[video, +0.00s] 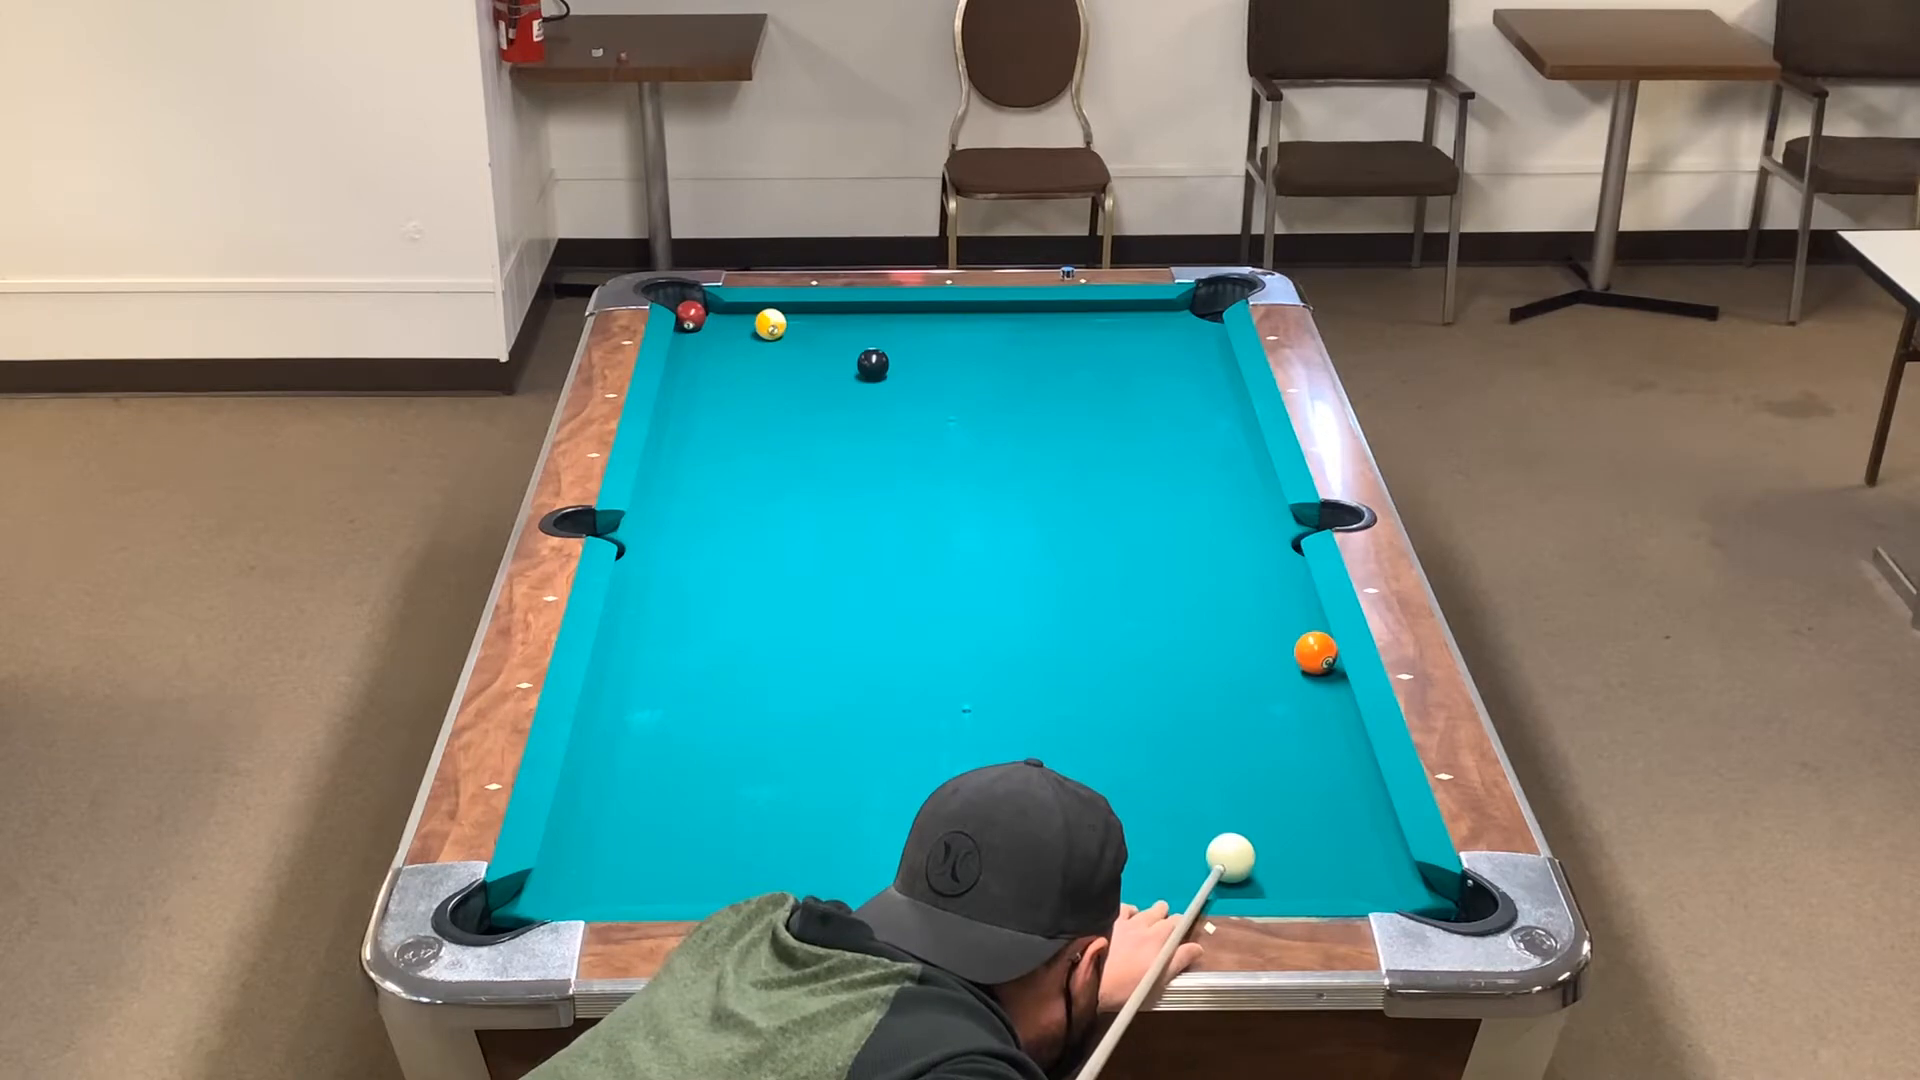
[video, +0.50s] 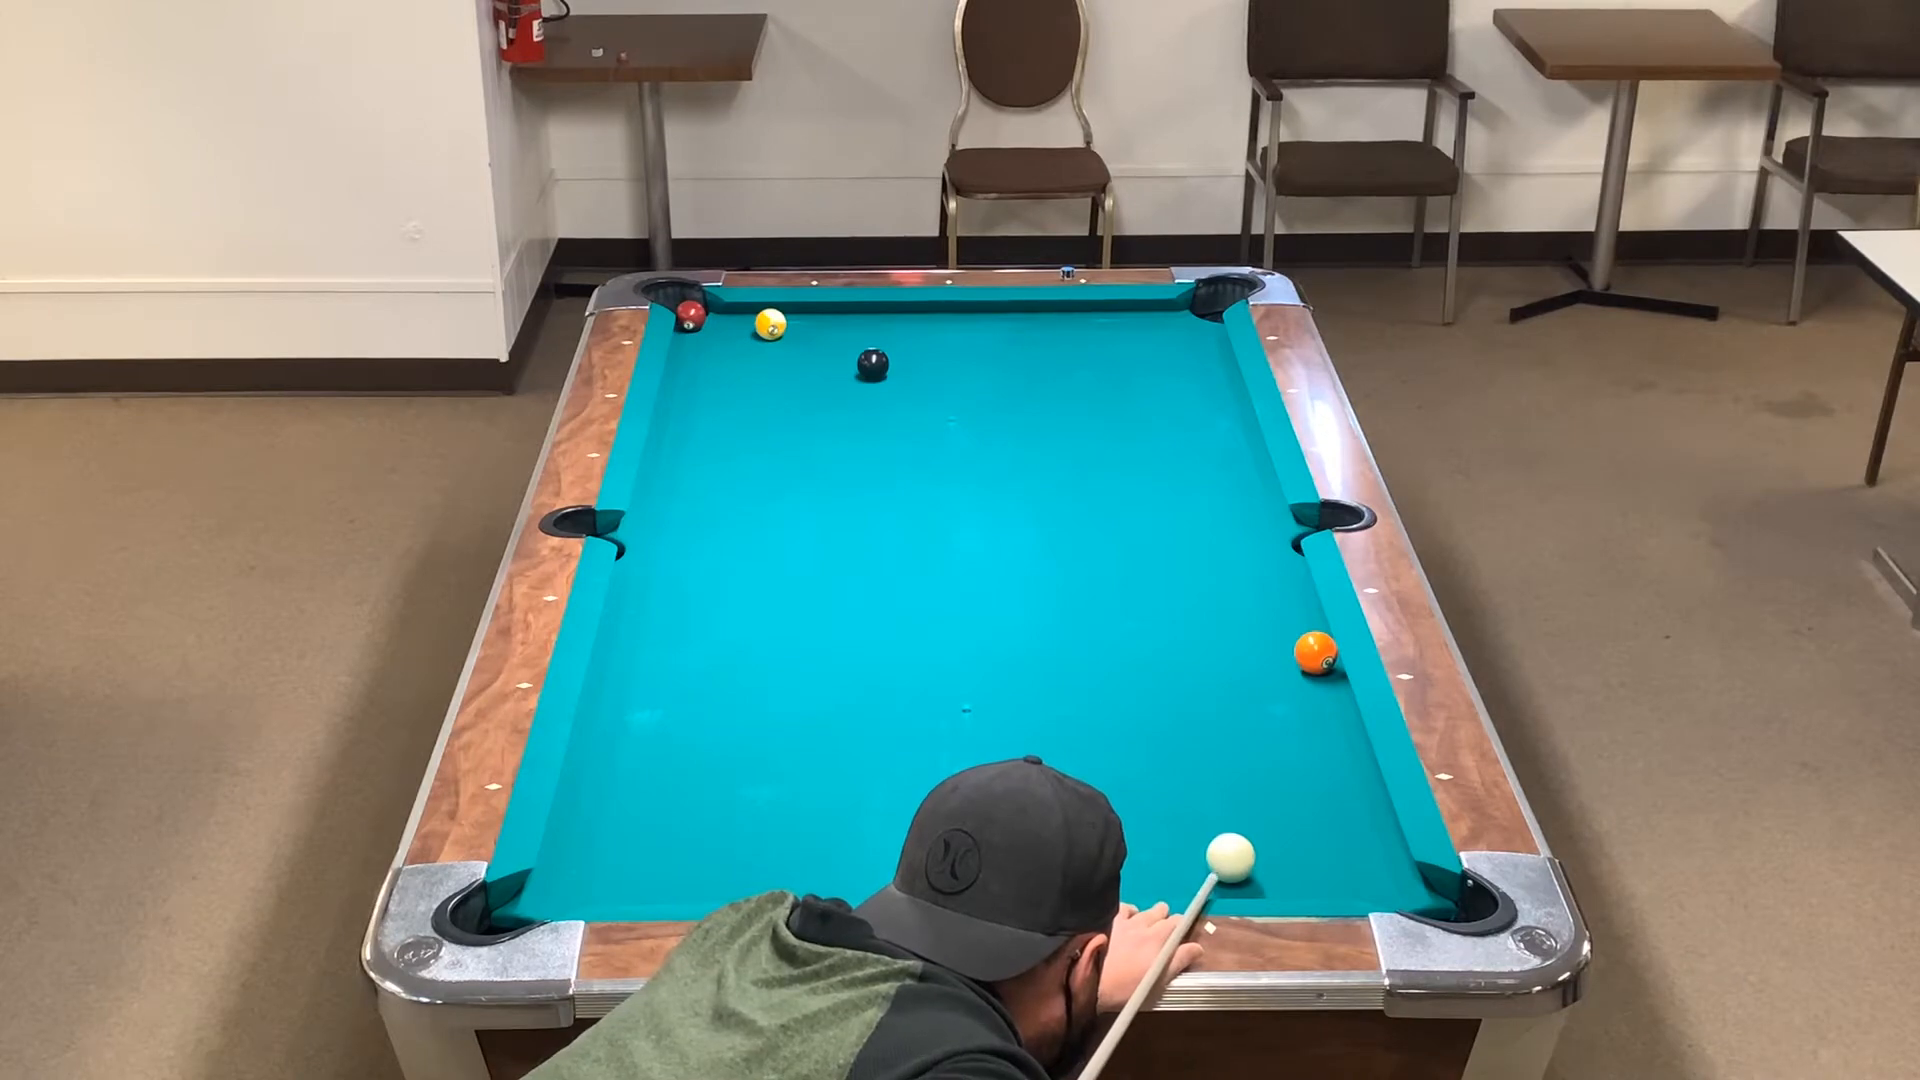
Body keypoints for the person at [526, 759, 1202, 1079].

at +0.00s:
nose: (1107, 953)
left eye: (1106, 941)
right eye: (1107, 942)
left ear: (908, 878)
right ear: (1081, 966)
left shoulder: (751, 922)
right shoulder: (962, 1061)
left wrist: (1075, 1001)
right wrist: (1103, 1018)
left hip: (559, 1066)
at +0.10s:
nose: (1107, 953)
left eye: (1106, 939)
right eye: (1107, 942)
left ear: (909, 877)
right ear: (1081, 967)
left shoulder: (752, 922)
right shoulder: (963, 1061)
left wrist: (1076, 1000)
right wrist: (1103, 1017)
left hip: (560, 1066)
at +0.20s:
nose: (1106, 951)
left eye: (1105, 938)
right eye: (1106, 939)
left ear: (907, 877)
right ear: (1082, 966)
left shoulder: (751, 921)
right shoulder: (964, 1060)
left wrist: (1073, 1003)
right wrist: (1093, 1021)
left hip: (561, 1065)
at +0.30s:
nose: (1106, 951)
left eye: (1105, 937)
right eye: (1106, 939)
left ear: (908, 877)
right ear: (1082, 966)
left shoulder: (751, 921)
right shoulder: (967, 1060)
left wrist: (1074, 1002)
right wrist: (1096, 1018)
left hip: (561, 1065)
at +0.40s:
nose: (1106, 950)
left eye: (1105, 936)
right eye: (1106, 938)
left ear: (908, 878)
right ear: (1082, 966)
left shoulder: (750, 921)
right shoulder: (964, 1060)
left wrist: (1074, 1001)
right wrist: (1098, 1017)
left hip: (561, 1065)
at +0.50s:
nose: (1106, 949)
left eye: (1105, 936)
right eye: (1106, 938)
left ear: (908, 877)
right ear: (1081, 966)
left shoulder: (749, 921)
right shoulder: (966, 1064)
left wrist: (1073, 999)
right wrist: (1091, 1019)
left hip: (556, 1067)